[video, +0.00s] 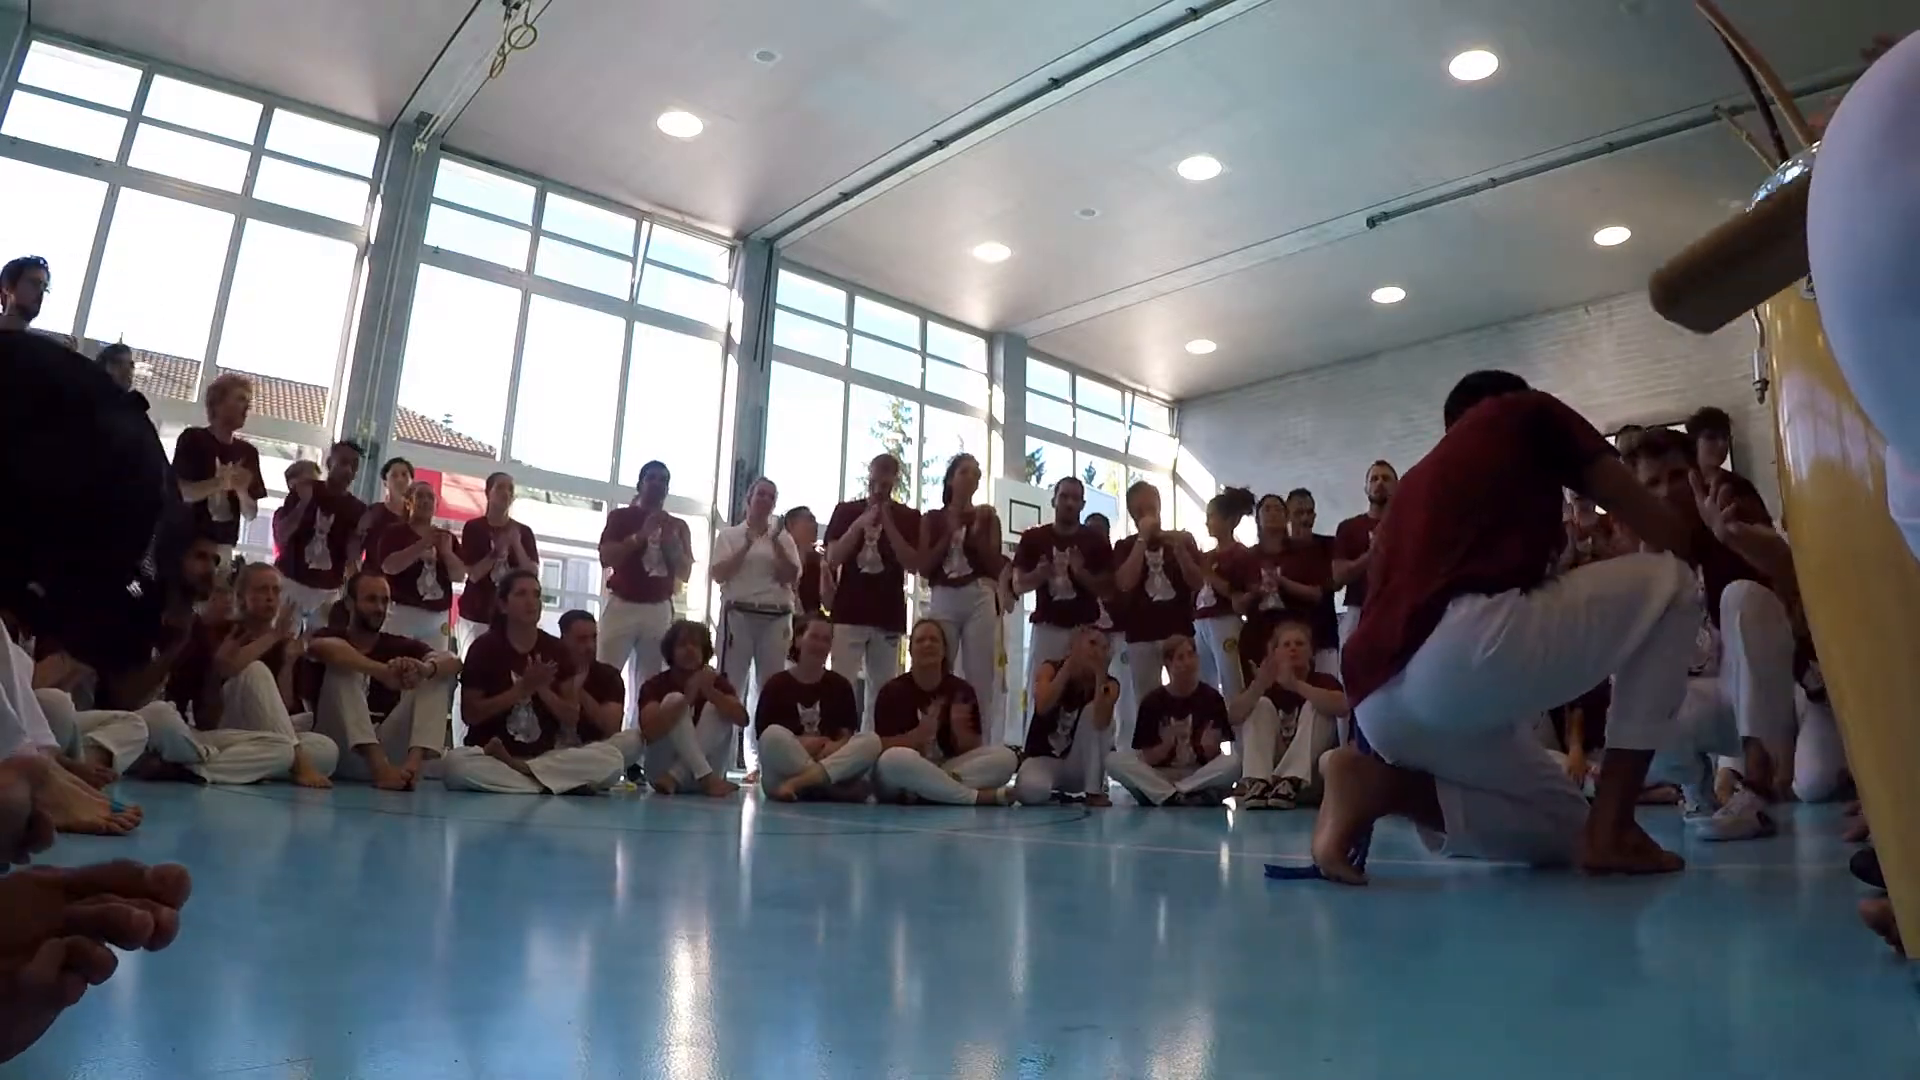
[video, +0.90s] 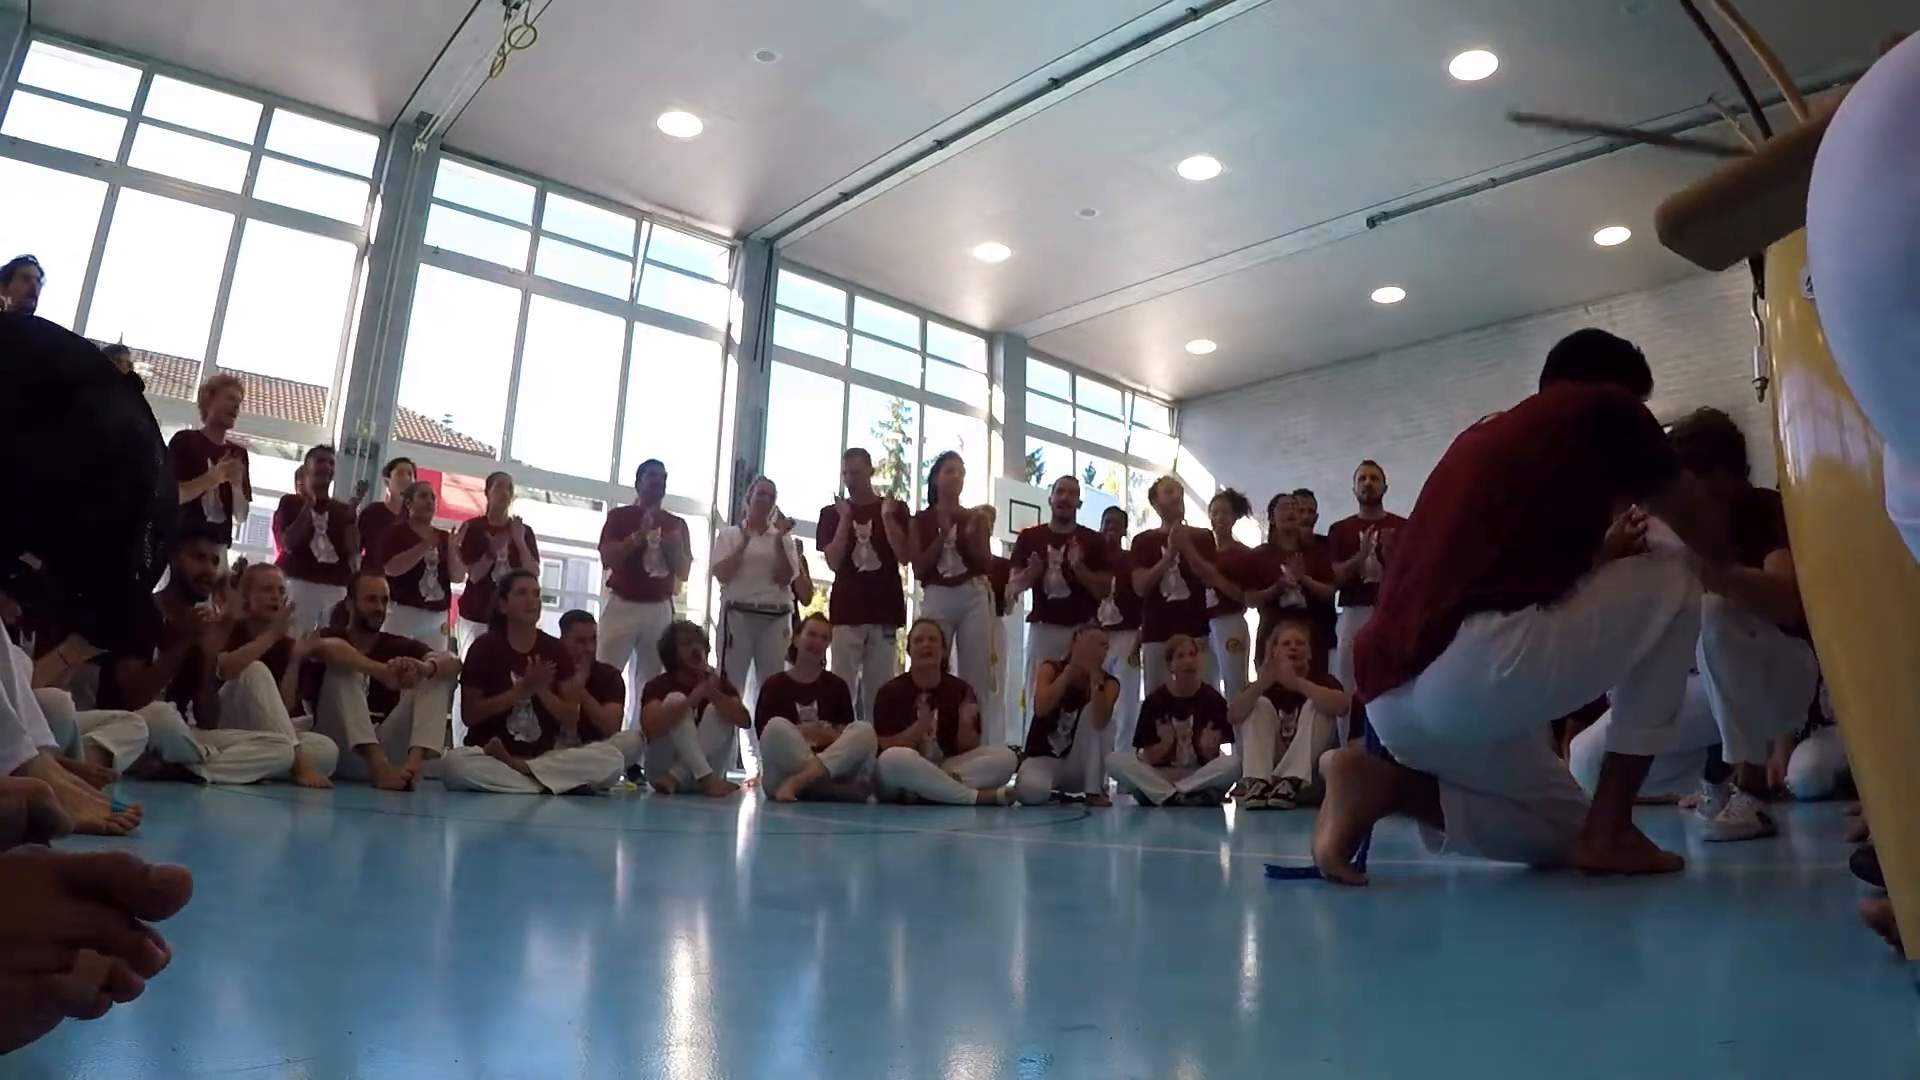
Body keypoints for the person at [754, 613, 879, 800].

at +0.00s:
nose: (820, 645)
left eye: (826, 640)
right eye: (814, 637)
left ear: (831, 646)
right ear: (797, 640)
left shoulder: (840, 685)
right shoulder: (777, 683)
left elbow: (846, 736)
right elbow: (764, 736)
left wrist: (833, 748)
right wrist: (806, 744)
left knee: (872, 742)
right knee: (772, 736)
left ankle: (796, 784)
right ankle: (835, 789)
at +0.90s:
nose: (817, 642)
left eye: (824, 638)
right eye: (811, 635)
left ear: (829, 645)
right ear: (796, 639)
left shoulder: (837, 685)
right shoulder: (774, 684)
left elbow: (848, 733)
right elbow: (764, 736)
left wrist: (826, 736)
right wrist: (801, 731)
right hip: (783, 776)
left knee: (865, 732)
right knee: (776, 728)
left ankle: (796, 784)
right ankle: (836, 789)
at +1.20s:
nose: (816, 644)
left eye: (823, 640)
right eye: (810, 636)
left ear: (827, 647)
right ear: (795, 639)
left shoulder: (833, 683)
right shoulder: (775, 681)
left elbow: (840, 734)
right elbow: (774, 731)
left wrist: (839, 698)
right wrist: (806, 697)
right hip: (785, 774)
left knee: (860, 724)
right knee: (783, 715)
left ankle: (795, 783)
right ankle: (835, 786)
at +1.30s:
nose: (816, 644)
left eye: (823, 640)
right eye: (810, 636)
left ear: (827, 647)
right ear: (795, 639)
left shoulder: (833, 682)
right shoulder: (775, 679)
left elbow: (838, 729)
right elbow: (775, 726)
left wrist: (826, 690)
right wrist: (817, 693)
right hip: (784, 776)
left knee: (859, 722)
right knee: (784, 711)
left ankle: (795, 783)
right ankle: (836, 786)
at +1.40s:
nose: (816, 643)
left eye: (823, 639)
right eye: (810, 635)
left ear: (827, 647)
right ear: (795, 640)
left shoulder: (834, 682)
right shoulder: (776, 679)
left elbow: (840, 731)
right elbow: (775, 727)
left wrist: (826, 693)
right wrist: (815, 696)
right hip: (785, 776)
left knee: (858, 721)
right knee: (783, 708)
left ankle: (797, 784)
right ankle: (833, 782)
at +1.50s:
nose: (817, 644)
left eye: (824, 640)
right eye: (811, 636)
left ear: (828, 649)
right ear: (796, 640)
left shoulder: (835, 682)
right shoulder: (777, 679)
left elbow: (838, 730)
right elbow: (777, 731)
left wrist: (828, 688)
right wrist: (808, 694)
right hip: (785, 776)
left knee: (858, 721)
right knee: (780, 709)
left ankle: (796, 784)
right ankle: (833, 783)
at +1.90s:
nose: (823, 643)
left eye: (830, 639)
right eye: (817, 635)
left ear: (835, 647)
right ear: (800, 638)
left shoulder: (840, 683)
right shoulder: (780, 678)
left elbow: (836, 734)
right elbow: (779, 733)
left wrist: (831, 690)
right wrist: (810, 695)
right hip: (784, 777)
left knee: (863, 725)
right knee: (768, 718)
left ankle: (796, 784)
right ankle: (831, 785)